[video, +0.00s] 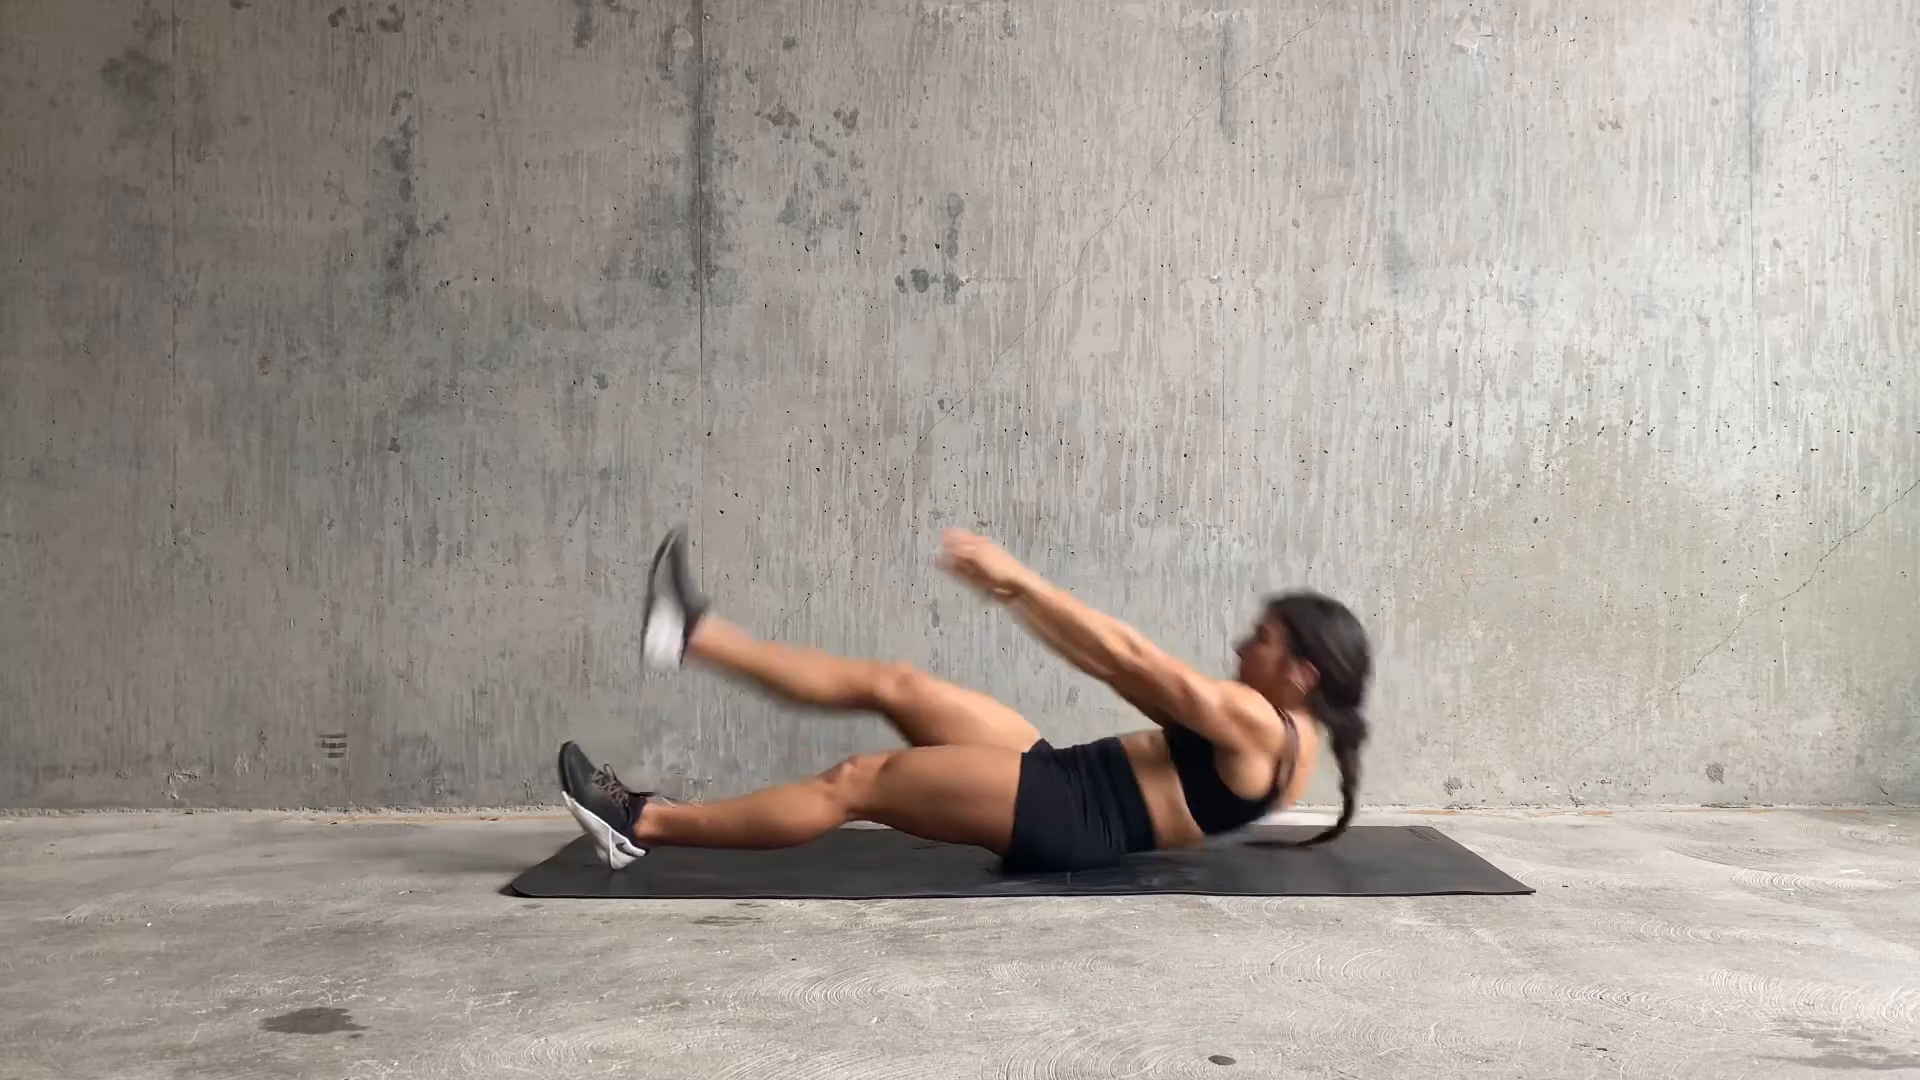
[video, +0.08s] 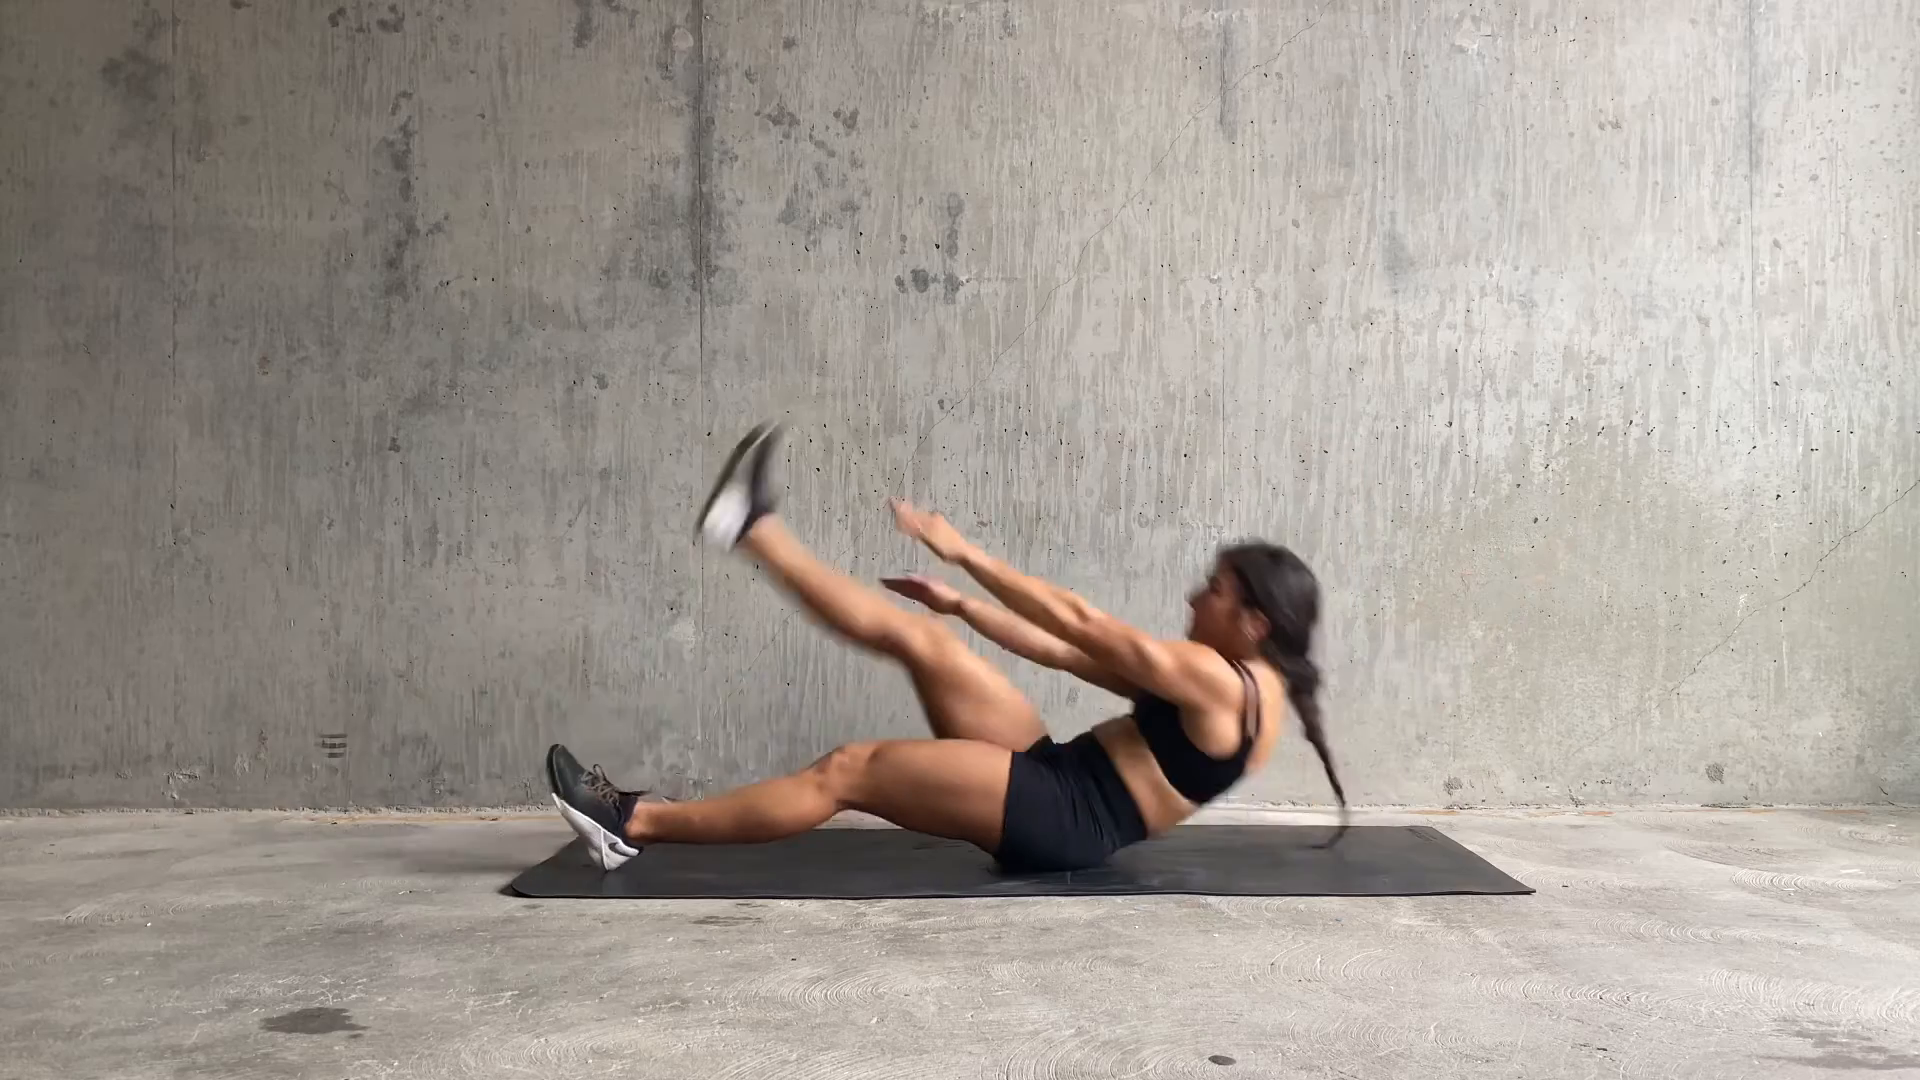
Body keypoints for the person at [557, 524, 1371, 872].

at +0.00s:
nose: (1243, 649)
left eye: (1260, 642)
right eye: (1253, 637)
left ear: (1301, 670)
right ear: (1303, 671)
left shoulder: (1261, 730)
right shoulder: (1272, 733)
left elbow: (1131, 667)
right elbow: (1128, 663)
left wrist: (1011, 581)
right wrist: (1019, 585)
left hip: (1069, 809)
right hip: (1062, 771)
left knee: (856, 786)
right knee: (896, 685)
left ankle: (644, 821)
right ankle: (697, 635)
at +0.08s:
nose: (1197, 599)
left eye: (1214, 592)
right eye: (1206, 588)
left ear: (1251, 621)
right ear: (1251, 621)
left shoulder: (1220, 682)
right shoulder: (1232, 683)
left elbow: (1080, 622)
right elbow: (1076, 656)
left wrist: (962, 547)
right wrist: (965, 604)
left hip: (1065, 811)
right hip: (1060, 773)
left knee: (848, 772)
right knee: (922, 639)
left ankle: (634, 825)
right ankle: (754, 530)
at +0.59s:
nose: (1228, 618)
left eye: (1247, 614)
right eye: (1238, 607)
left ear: (1288, 645)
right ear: (1276, 636)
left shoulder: (1252, 702)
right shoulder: (1228, 689)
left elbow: (1141, 606)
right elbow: (1107, 621)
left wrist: (1060, 492)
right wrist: (1025, 530)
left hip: (1066, 810)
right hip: (1058, 770)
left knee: (850, 784)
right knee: (890, 672)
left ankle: (633, 825)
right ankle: (701, 610)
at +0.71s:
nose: (1271, 662)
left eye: (1289, 658)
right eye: (1282, 649)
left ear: (1324, 694)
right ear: (1319, 689)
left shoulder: (1291, 756)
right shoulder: (1272, 736)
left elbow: (1229, 615)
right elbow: (1203, 620)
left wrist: (1201, 492)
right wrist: (1188, 498)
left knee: (862, 789)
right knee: (871, 720)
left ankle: (641, 829)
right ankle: (670, 708)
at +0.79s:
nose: (1322, 687)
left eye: (1339, 688)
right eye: (1329, 684)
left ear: (1354, 731)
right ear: (1335, 721)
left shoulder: (1313, 797)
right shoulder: (1285, 760)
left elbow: (1333, 651)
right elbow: (1292, 633)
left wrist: (1370, 533)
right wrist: (1342, 527)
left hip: (1080, 812)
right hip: (1075, 779)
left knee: (867, 786)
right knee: (866, 751)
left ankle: (646, 828)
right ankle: (663, 767)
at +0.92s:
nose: (1335, 701)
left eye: (1362, 700)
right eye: (1344, 683)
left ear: (1389, 740)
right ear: (1333, 695)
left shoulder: (1328, 810)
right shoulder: (1306, 779)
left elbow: (1419, 690)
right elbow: (1394, 674)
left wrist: (1502, 595)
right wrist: (1477, 593)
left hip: (1091, 808)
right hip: (1086, 777)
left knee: (872, 789)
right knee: (873, 764)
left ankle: (658, 836)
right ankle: (665, 804)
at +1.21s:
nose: (1337, 698)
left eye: (1353, 700)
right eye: (1342, 692)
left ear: (1371, 743)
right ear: (1364, 744)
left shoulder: (1328, 807)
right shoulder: (1306, 779)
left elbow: (1351, 671)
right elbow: (1320, 655)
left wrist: (1397, 555)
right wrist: (1391, 564)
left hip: (1083, 808)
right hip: (1085, 786)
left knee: (875, 775)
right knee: (878, 771)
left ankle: (663, 812)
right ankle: (674, 807)